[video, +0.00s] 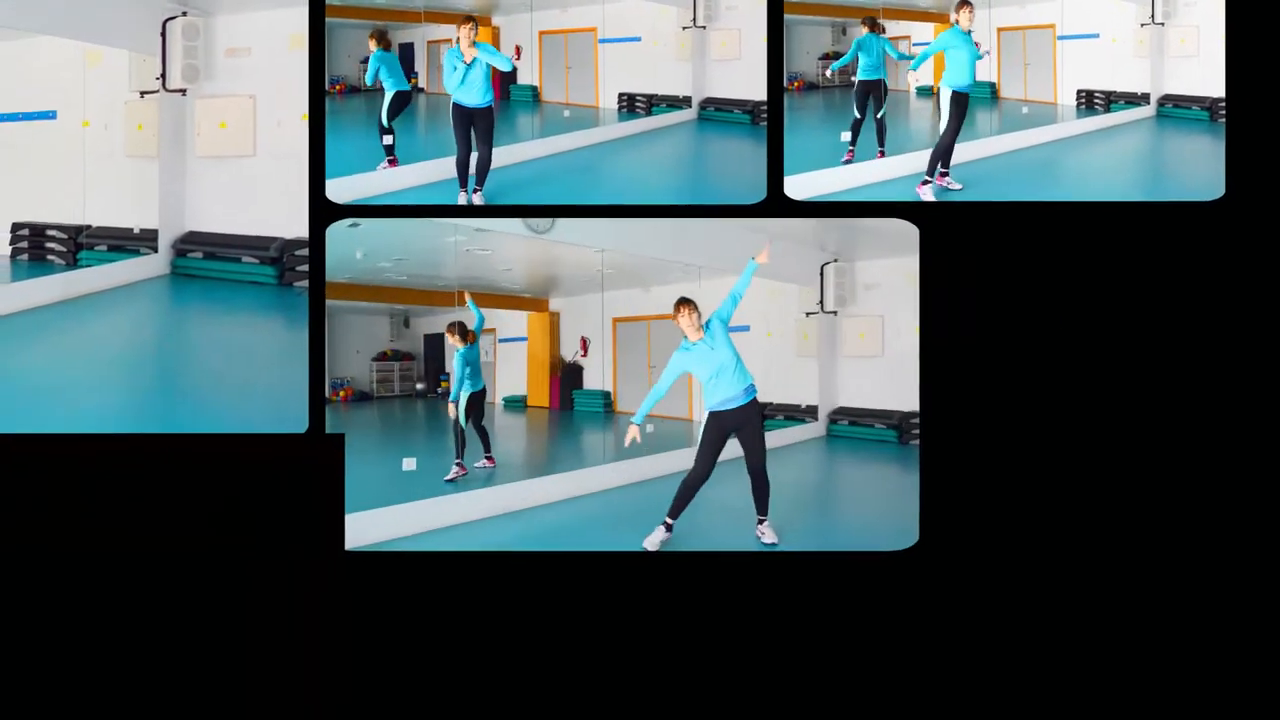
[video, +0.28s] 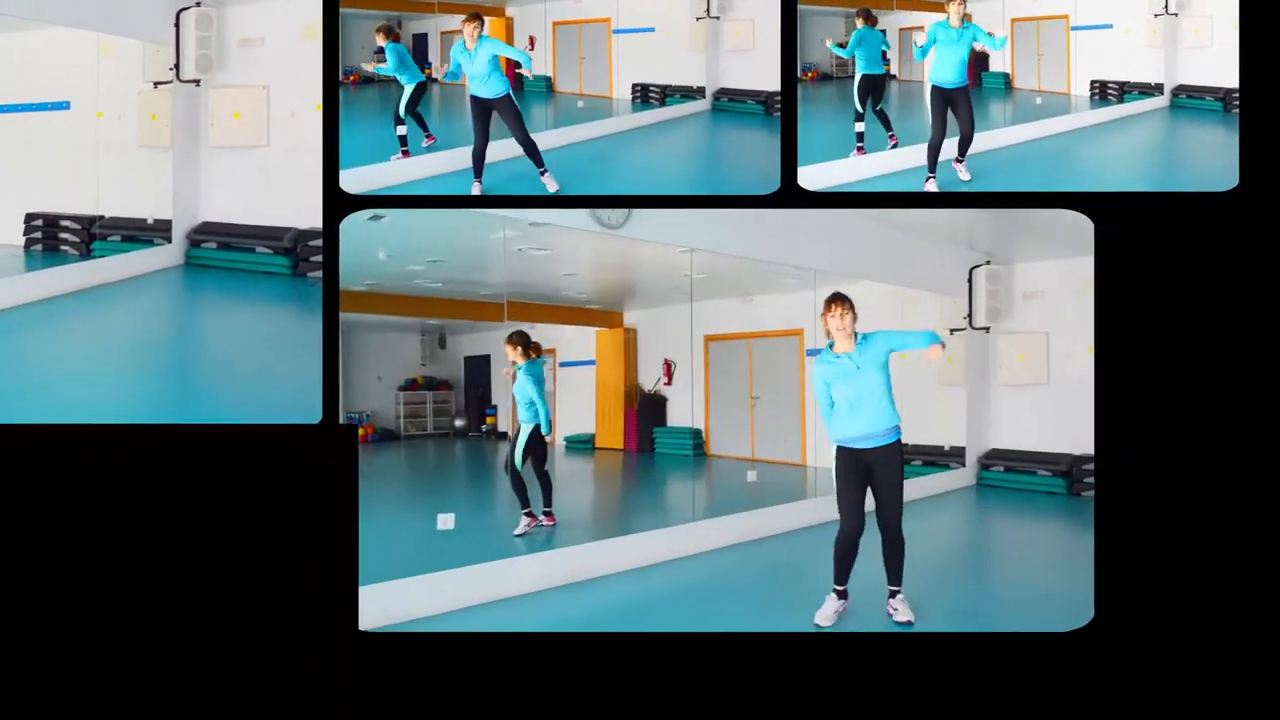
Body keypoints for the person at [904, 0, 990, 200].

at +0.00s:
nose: (971, 15)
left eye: (972, 12)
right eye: (967, 12)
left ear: (972, 16)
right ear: (956, 16)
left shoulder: (969, 38)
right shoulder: (949, 35)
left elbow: (969, 58)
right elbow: (928, 51)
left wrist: (981, 54)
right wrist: (913, 67)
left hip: (963, 91)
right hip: (950, 90)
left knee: (953, 133)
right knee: (948, 134)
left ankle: (943, 175)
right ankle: (926, 182)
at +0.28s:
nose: (959, 7)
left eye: (962, 4)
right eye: (955, 4)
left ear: (965, 8)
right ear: (948, 7)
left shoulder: (971, 29)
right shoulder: (936, 28)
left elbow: (995, 45)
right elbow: (920, 56)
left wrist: (1004, 36)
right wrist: (917, 46)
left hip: (960, 88)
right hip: (938, 88)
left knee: (968, 132)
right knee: (938, 134)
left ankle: (959, 162)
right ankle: (930, 178)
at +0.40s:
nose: (954, 5)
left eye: (957, 2)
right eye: (950, 2)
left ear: (962, 6)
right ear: (944, 5)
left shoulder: (969, 25)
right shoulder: (934, 26)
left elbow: (993, 44)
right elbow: (924, 56)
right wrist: (940, 34)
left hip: (961, 84)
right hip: (938, 85)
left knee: (972, 127)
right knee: (940, 130)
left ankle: (961, 163)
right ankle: (936, 174)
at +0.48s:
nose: (952, 9)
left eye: (956, 5)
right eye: (949, 5)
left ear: (960, 9)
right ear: (942, 7)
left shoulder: (967, 27)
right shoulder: (934, 29)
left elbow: (989, 44)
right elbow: (929, 60)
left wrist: (962, 28)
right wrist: (944, 38)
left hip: (963, 85)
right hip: (939, 85)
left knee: (969, 129)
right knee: (942, 130)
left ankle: (962, 170)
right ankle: (941, 173)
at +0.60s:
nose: (948, 16)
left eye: (952, 13)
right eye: (944, 13)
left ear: (956, 16)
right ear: (938, 15)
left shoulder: (964, 32)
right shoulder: (931, 37)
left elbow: (989, 49)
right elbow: (931, 71)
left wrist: (959, 40)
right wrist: (943, 49)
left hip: (965, 89)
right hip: (942, 89)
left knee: (968, 132)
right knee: (946, 132)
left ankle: (959, 172)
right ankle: (944, 172)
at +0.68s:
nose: (945, 19)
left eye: (949, 15)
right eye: (941, 15)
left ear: (954, 19)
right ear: (935, 18)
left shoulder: (962, 34)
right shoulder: (929, 40)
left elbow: (990, 49)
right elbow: (926, 73)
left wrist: (960, 47)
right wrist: (939, 54)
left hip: (967, 87)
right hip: (943, 88)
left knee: (979, 126)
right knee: (948, 131)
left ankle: (971, 168)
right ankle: (946, 172)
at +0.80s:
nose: (942, 20)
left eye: (946, 17)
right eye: (939, 16)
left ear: (952, 19)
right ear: (933, 17)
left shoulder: (961, 33)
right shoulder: (927, 38)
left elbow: (990, 45)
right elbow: (922, 65)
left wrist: (983, 59)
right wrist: (918, 64)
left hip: (970, 85)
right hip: (946, 87)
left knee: (990, 125)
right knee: (949, 130)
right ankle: (946, 172)